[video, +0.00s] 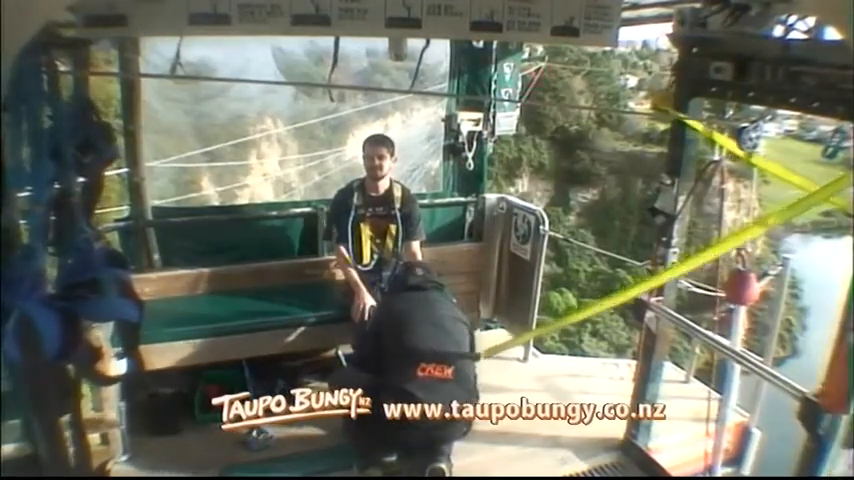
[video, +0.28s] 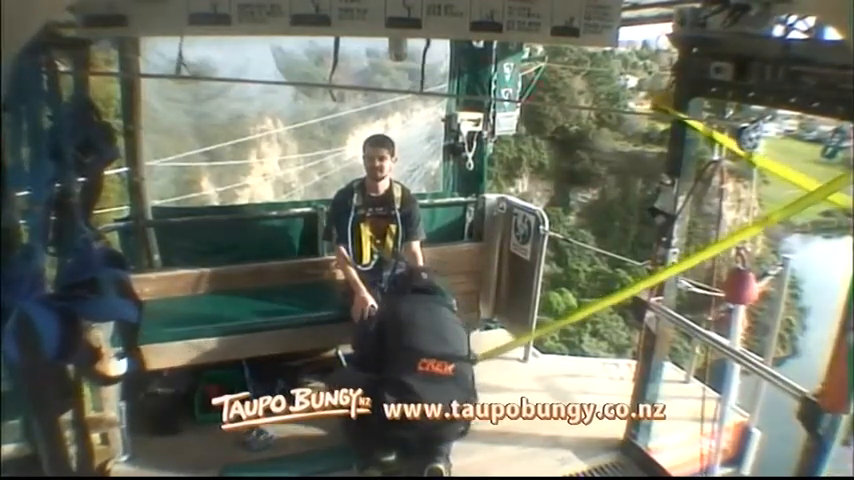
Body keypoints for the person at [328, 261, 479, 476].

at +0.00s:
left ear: (396, 284)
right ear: (436, 284)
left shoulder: (389, 306)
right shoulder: (458, 314)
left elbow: (364, 362)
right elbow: (469, 373)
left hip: (400, 418)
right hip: (454, 420)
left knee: (342, 380)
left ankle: (376, 454)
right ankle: (441, 456)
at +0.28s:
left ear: (396, 287)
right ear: (434, 289)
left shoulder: (389, 308)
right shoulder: (453, 317)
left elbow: (366, 363)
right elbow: (467, 363)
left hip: (400, 414)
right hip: (453, 419)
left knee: (340, 382)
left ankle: (377, 452)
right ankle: (440, 457)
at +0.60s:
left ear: (397, 286)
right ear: (438, 291)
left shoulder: (386, 311)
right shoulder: (458, 322)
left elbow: (366, 364)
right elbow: (469, 380)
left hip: (399, 413)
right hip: (453, 418)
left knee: (341, 382)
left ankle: (377, 451)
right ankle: (440, 458)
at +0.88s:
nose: (385, 287)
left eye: (389, 282)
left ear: (395, 283)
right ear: (433, 283)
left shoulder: (387, 308)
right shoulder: (454, 314)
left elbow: (366, 361)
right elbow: (474, 365)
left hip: (402, 411)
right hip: (457, 413)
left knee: (341, 382)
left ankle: (378, 452)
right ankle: (441, 457)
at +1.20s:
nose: (389, 280)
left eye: (394, 275)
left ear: (400, 279)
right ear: (437, 280)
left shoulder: (390, 307)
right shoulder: (456, 312)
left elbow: (366, 362)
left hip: (402, 411)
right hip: (455, 415)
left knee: (341, 381)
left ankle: (377, 451)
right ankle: (441, 456)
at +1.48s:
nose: (388, 280)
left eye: (393, 275)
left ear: (398, 279)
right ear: (438, 280)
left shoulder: (390, 305)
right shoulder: (460, 313)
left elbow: (367, 362)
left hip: (399, 415)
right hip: (451, 418)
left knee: (341, 381)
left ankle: (378, 453)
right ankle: (440, 458)